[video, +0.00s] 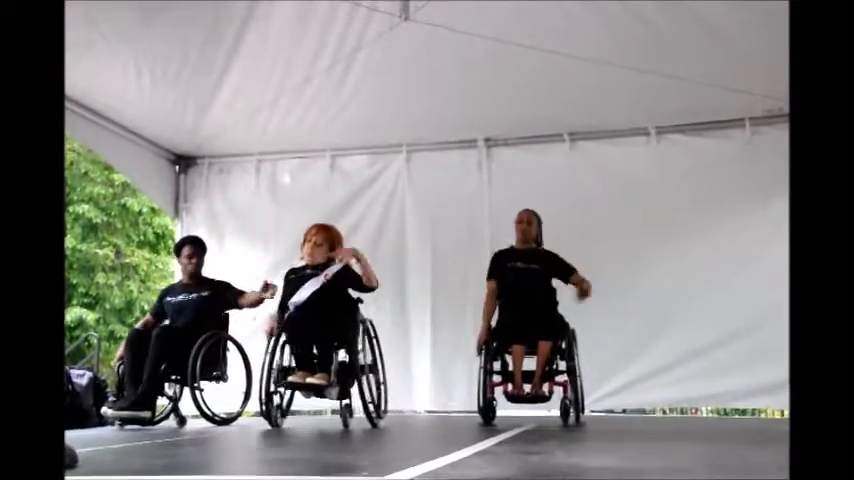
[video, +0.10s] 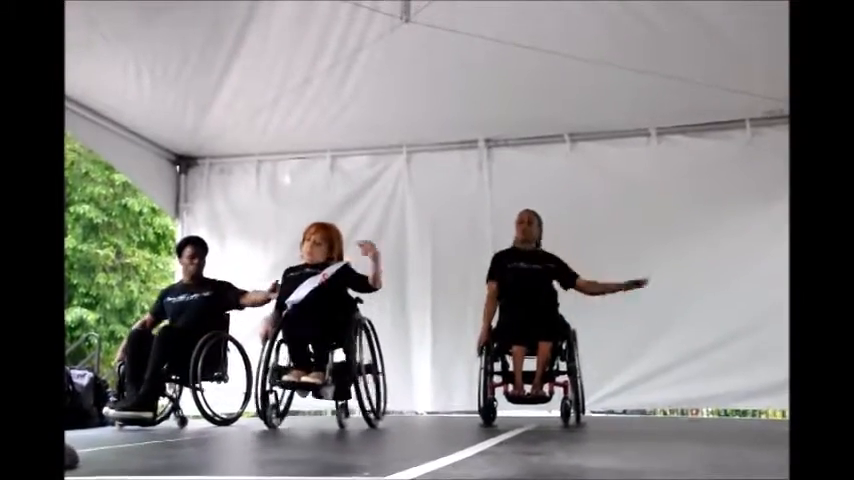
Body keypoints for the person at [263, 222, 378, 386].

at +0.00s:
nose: (310, 248)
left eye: (318, 245)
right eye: (308, 242)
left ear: (331, 253)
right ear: (303, 246)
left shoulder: (340, 271)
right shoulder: (293, 274)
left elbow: (370, 286)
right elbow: (284, 306)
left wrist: (359, 258)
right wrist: (275, 324)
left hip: (334, 318)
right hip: (305, 319)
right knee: (294, 320)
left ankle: (323, 373)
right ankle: (303, 370)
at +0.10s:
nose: (309, 247)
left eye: (317, 244)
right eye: (307, 241)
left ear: (331, 251)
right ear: (302, 245)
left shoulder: (339, 270)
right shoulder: (291, 273)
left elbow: (372, 285)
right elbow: (280, 305)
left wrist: (374, 258)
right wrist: (270, 325)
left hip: (332, 318)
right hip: (302, 317)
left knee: (319, 323)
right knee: (291, 320)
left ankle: (318, 371)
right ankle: (299, 368)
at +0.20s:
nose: (309, 246)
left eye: (317, 242)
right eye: (306, 240)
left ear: (331, 248)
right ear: (301, 245)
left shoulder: (339, 271)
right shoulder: (291, 272)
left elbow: (372, 285)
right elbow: (276, 304)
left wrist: (386, 258)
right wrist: (265, 325)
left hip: (329, 317)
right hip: (299, 316)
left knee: (315, 323)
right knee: (288, 319)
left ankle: (314, 371)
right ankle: (295, 368)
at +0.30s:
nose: (308, 243)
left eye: (317, 241)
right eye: (306, 238)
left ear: (330, 249)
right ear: (301, 241)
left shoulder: (337, 270)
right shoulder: (287, 271)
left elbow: (372, 285)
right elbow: (272, 306)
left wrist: (397, 259)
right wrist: (256, 327)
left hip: (324, 318)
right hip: (292, 317)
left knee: (295, 318)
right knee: (280, 316)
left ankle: (300, 371)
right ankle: (285, 369)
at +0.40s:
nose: (306, 242)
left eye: (315, 239)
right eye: (304, 237)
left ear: (329, 247)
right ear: (300, 241)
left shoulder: (336, 269)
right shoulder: (285, 270)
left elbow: (370, 285)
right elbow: (268, 305)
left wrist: (397, 260)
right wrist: (251, 331)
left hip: (318, 318)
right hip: (286, 317)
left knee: (287, 317)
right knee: (271, 316)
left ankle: (289, 372)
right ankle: (278, 369)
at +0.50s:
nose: (302, 241)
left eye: (310, 237)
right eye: (301, 235)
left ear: (326, 243)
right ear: (297, 238)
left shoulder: (332, 268)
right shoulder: (285, 269)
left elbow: (361, 286)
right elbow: (267, 302)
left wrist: (385, 259)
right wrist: (248, 328)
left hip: (314, 317)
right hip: (284, 315)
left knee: (273, 317)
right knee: (263, 319)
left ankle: (274, 373)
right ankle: (270, 371)